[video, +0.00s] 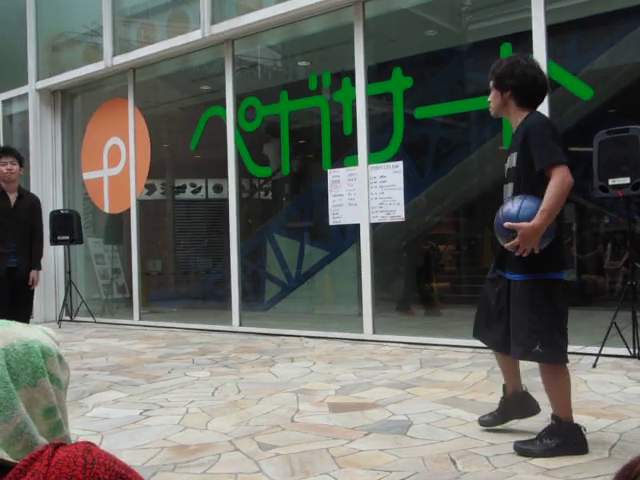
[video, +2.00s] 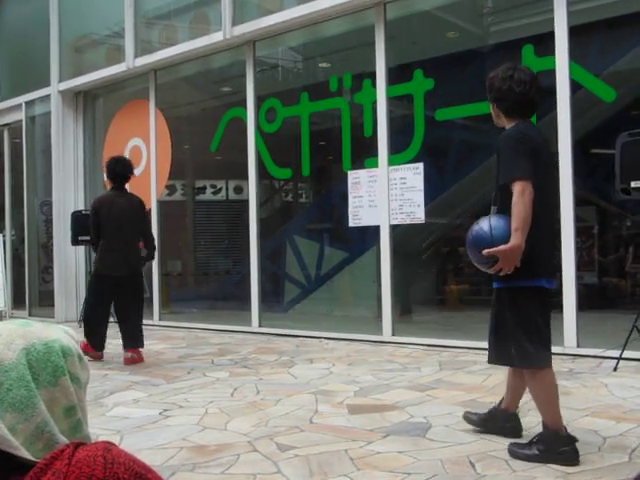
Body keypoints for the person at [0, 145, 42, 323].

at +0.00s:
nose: (9, 168)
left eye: (13, 164)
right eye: (4, 164)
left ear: (21, 169)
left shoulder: (31, 201)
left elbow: (37, 237)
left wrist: (35, 267)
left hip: (22, 270)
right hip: (2, 271)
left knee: (20, 322)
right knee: (3, 321)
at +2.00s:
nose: (104, 176)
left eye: (106, 173)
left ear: (108, 176)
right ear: (129, 177)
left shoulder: (99, 203)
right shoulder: (137, 203)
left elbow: (95, 236)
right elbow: (147, 234)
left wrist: (102, 252)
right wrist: (148, 254)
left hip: (106, 266)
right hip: (131, 265)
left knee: (96, 306)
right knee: (130, 307)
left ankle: (94, 347)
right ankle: (132, 349)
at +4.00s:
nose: (72, 207)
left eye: (76, 205)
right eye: (69, 204)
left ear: (80, 202)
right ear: (63, 199)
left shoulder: (84, 215)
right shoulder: (52, 211)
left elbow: (89, 239)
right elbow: (38, 235)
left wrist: (88, 256)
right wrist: (31, 258)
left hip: (74, 266)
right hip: (52, 265)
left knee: (73, 308)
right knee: (48, 308)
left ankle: (70, 343)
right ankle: (39, 339)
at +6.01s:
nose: (123, 190)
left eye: (122, 186)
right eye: (120, 187)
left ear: (111, 192)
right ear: (110, 191)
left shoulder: (109, 209)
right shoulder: (112, 211)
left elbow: (118, 237)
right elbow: (122, 236)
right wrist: (138, 253)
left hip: (107, 259)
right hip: (110, 260)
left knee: (115, 297)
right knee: (117, 297)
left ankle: (96, 325)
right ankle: (123, 333)